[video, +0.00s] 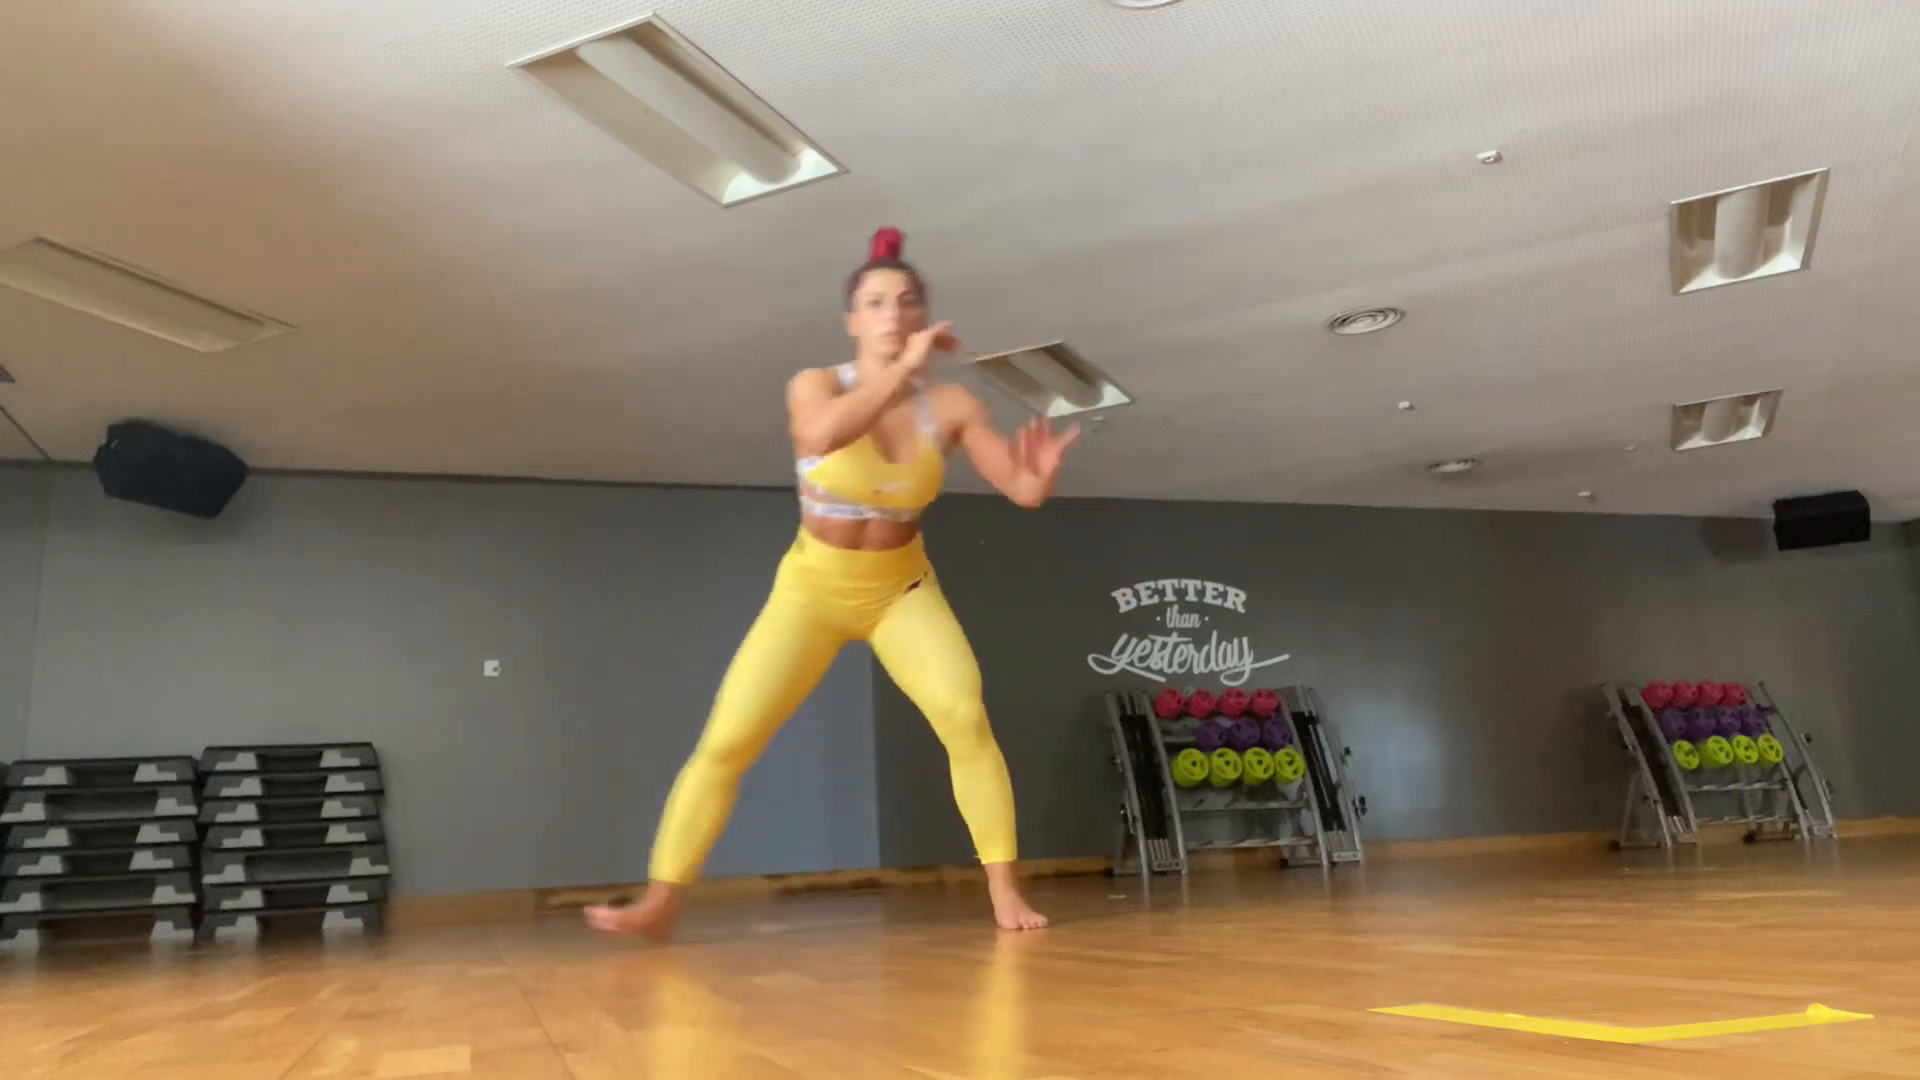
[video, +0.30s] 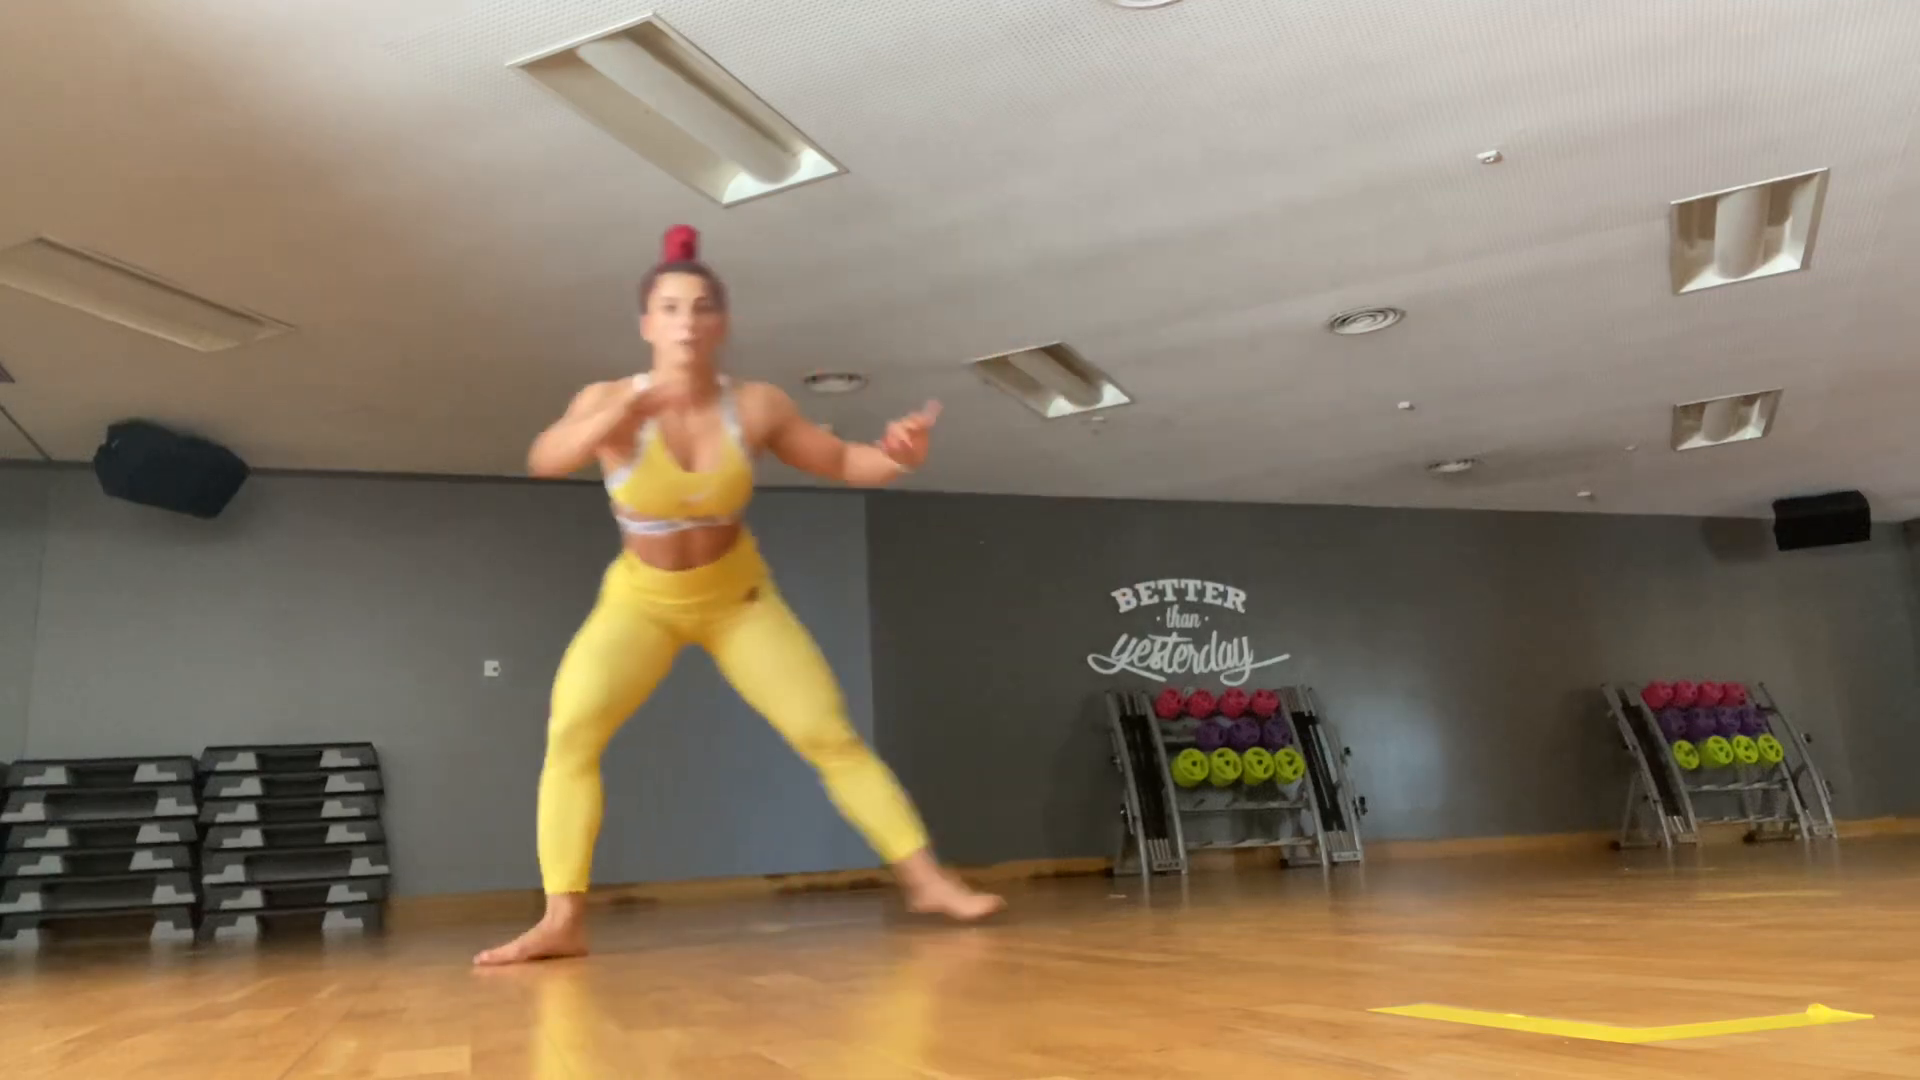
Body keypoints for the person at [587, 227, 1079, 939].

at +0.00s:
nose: (895, 314)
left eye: (907, 303)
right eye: (877, 302)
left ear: (925, 318)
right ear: (851, 321)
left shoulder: (950, 405)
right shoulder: (816, 385)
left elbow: (1018, 485)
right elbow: (815, 437)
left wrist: (1035, 479)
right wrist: (901, 371)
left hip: (904, 590)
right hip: (812, 586)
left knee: (966, 718)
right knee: (727, 740)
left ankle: (1004, 888)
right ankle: (658, 902)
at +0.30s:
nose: (688, 321)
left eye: (703, 307)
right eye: (670, 308)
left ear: (724, 323)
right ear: (645, 324)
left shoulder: (756, 407)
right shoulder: (610, 402)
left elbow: (840, 460)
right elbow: (544, 460)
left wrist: (895, 459)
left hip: (738, 596)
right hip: (640, 600)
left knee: (827, 732)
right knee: (571, 732)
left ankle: (928, 882)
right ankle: (561, 919)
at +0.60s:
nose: (597, 290)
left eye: (611, 278)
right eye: (580, 280)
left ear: (629, 297)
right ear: (556, 299)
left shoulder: (653, 374)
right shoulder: (514, 388)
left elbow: (738, 381)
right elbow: (452, 473)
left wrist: (678, 322)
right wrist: (384, 546)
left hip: (631, 590)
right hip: (543, 585)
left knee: (606, 742)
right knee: (536, 736)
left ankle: (571, 887)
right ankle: (556, 913)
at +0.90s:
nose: (532, 358)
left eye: (549, 348)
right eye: (522, 347)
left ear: (578, 357)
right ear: (507, 358)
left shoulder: (605, 438)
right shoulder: (482, 437)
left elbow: (615, 425)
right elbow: (448, 521)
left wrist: (529, 352)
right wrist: (378, 578)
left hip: (575, 640)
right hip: (488, 624)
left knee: (529, 785)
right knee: (482, 730)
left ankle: (481, 907)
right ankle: (459, 914)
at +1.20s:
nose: (497, 348)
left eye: (516, 335)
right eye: (485, 334)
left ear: (545, 354)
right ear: (467, 348)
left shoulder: (579, 418)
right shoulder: (452, 424)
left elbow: (575, 500)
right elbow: (381, 511)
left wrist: (498, 435)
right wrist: (422, 428)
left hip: (606, 602)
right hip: (515, 606)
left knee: (663, 757)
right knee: (471, 746)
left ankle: (635, 882)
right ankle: (453, 925)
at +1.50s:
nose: (699, 330)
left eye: (727, 330)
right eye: (707, 324)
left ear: (758, 364)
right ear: (689, 344)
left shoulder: (752, 436)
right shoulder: (621, 422)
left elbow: (773, 473)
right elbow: (542, 500)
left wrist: (725, 380)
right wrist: (515, 547)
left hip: (668, 620)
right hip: (580, 599)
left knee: (768, 721)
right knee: (513, 746)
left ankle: (783, 898)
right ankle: (462, 925)